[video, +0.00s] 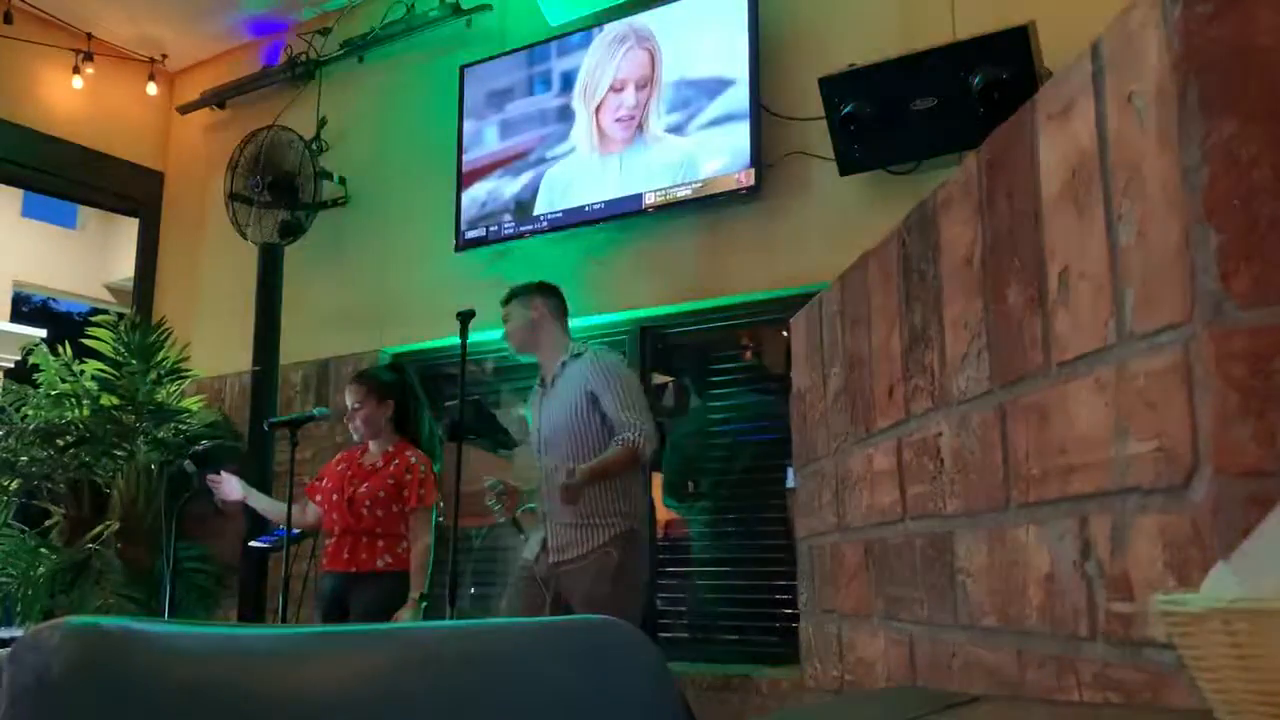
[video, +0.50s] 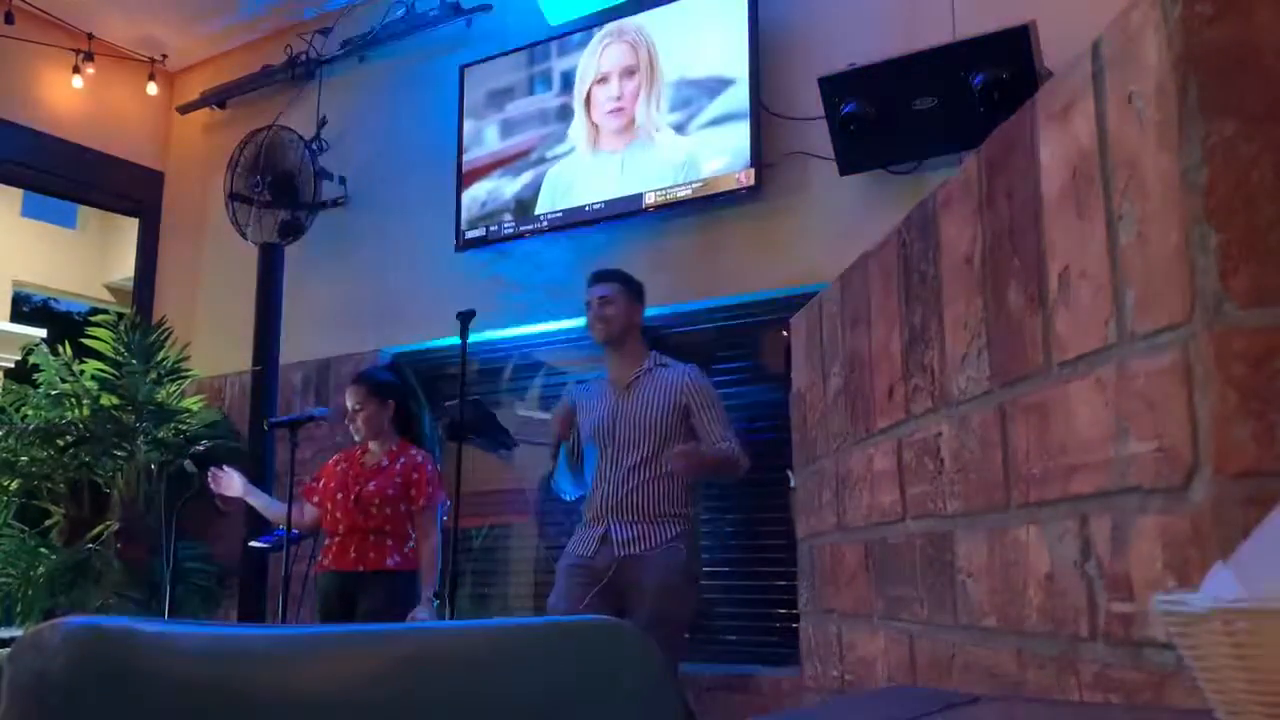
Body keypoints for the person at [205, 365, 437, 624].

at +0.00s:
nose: (348, 417)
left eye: (357, 408)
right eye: (347, 410)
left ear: (387, 408)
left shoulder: (413, 464)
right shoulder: (342, 463)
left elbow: (421, 539)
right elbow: (304, 517)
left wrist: (415, 601)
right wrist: (244, 492)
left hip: (385, 583)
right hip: (334, 582)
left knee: (371, 677)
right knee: (329, 675)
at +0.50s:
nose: (349, 419)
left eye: (358, 410)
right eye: (348, 412)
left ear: (388, 408)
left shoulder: (417, 464)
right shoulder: (340, 464)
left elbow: (428, 536)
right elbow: (302, 517)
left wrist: (427, 601)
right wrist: (246, 491)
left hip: (389, 582)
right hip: (335, 582)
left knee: (383, 680)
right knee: (333, 679)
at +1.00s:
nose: (353, 408)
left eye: (362, 399)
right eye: (354, 399)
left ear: (393, 405)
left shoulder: (418, 462)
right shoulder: (346, 462)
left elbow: (431, 535)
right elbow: (310, 519)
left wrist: (428, 600)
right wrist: (256, 495)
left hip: (392, 582)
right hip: (339, 582)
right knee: (339, 678)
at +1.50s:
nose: (353, 414)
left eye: (362, 405)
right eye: (354, 406)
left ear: (392, 405)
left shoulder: (420, 463)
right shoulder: (357, 462)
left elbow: (431, 537)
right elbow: (339, 527)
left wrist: (423, 602)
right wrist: (285, 517)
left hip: (395, 586)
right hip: (347, 583)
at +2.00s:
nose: (349, 416)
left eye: (357, 406)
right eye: (349, 408)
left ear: (386, 405)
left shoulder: (413, 461)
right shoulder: (355, 460)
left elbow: (419, 539)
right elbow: (333, 526)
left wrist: (411, 600)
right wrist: (278, 515)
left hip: (384, 581)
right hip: (341, 579)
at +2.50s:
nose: (343, 417)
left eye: (351, 407)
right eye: (342, 409)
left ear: (380, 408)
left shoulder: (408, 463)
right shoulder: (341, 464)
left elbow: (419, 537)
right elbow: (303, 518)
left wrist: (415, 601)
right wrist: (251, 481)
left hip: (383, 581)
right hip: (334, 580)